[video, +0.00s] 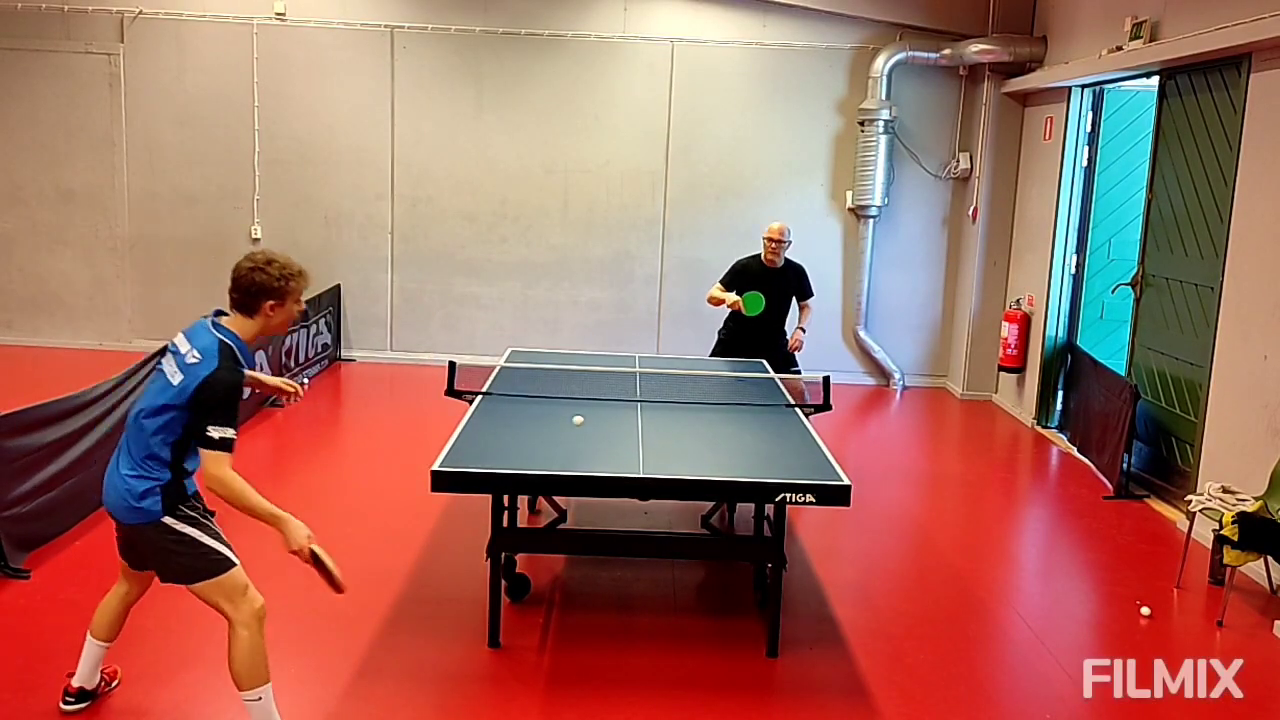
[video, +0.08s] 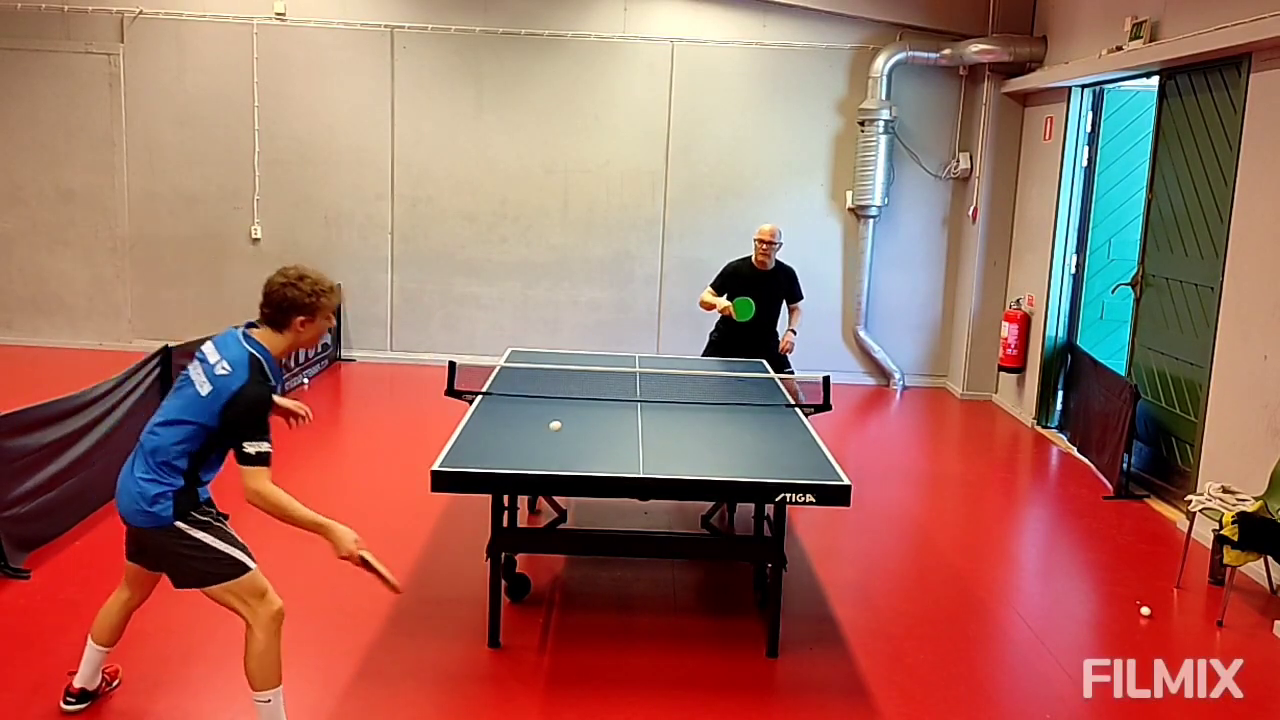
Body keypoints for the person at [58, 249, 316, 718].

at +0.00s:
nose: (298, 314)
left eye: (299, 305)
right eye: (295, 306)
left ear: (246, 299)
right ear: (270, 308)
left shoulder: (209, 327)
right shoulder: (223, 372)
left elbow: (219, 367)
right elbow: (215, 473)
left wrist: (260, 380)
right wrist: (283, 522)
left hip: (127, 484)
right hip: (160, 501)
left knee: (132, 581)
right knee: (247, 609)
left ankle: (82, 682)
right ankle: (266, 714)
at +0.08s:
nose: (329, 327)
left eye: (330, 318)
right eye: (327, 319)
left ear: (277, 313)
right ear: (301, 324)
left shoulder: (231, 339)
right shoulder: (252, 385)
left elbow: (219, 392)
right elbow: (257, 488)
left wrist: (269, 401)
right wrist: (331, 529)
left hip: (138, 488)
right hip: (171, 507)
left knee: (131, 590)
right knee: (265, 610)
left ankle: (83, 684)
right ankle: (273, 715)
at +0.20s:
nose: (376, 349)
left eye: (378, 339)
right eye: (373, 339)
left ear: (329, 330)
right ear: (343, 336)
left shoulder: (273, 347)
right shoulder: (300, 401)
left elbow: (208, 390)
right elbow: (325, 499)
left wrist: (265, 446)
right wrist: (405, 523)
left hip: (165, 493)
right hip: (201, 515)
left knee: (137, 597)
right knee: (297, 617)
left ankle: (92, 688)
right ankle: (278, 713)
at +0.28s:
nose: (390, 343)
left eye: (392, 334)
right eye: (387, 333)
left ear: (339, 325)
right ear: (355, 330)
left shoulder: (280, 341)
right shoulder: (317, 396)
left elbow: (209, 385)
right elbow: (343, 492)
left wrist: (218, 446)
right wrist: (424, 505)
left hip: (175, 489)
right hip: (212, 512)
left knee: (152, 596)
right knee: (302, 616)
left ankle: (99, 693)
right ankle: (280, 715)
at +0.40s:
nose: (396, 320)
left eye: (397, 311)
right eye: (394, 311)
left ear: (344, 301)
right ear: (368, 312)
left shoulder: (277, 324)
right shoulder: (332, 383)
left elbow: (205, 371)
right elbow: (355, 473)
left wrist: (217, 429)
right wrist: (432, 476)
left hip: (185, 483)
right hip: (226, 504)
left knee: (174, 591)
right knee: (301, 614)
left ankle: (113, 697)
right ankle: (279, 716)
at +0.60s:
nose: (365, 271)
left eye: (364, 262)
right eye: (363, 263)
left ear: (304, 262)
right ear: (348, 272)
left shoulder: (251, 305)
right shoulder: (335, 353)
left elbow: (182, 365)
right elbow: (351, 443)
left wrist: (179, 414)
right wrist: (411, 420)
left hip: (203, 480)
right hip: (256, 496)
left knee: (179, 590)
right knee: (304, 611)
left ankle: (127, 701)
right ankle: (280, 716)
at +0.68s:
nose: (351, 265)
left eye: (351, 256)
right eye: (349, 257)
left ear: (291, 259)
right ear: (335, 265)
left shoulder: (238, 305)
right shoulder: (328, 349)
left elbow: (175, 369)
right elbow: (344, 441)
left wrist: (182, 411)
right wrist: (400, 412)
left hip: (203, 483)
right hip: (258, 498)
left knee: (179, 592)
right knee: (305, 609)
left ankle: (125, 702)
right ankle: (280, 717)